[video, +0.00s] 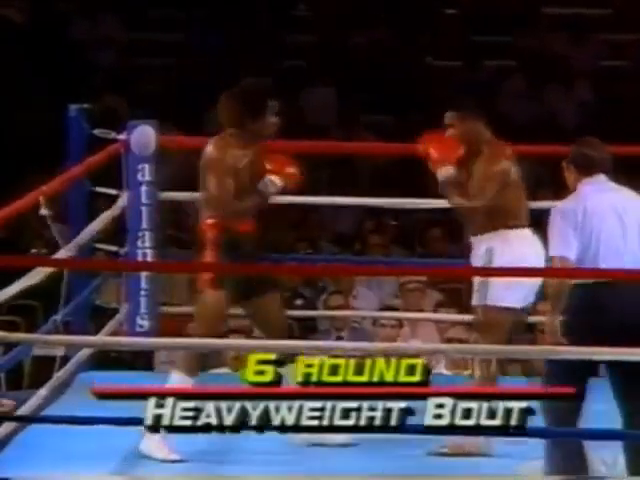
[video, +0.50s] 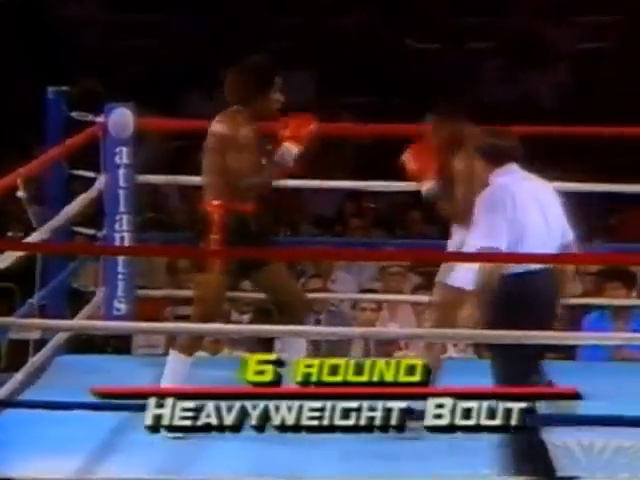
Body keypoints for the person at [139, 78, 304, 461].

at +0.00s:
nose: (275, 122)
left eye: (275, 115)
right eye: (269, 116)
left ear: (251, 121)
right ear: (249, 120)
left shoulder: (255, 149)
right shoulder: (218, 153)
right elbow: (223, 206)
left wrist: (277, 179)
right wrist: (262, 194)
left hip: (248, 240)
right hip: (218, 242)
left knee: (279, 332)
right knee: (206, 331)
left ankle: (299, 417)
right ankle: (153, 430)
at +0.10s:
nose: (291, 122)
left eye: (291, 115)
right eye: (286, 115)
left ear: (265, 120)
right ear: (265, 118)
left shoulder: (263, 147)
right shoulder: (231, 147)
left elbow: (263, 187)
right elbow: (230, 201)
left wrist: (297, 168)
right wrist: (273, 183)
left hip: (254, 234)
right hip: (226, 235)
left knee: (285, 327)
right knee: (228, 329)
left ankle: (295, 415)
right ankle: (172, 416)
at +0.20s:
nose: (306, 114)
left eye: (305, 107)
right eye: (301, 107)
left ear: (281, 109)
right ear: (283, 110)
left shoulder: (278, 137)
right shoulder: (243, 136)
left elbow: (270, 179)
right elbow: (239, 191)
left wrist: (301, 169)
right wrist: (282, 182)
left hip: (259, 222)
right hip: (232, 221)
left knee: (286, 317)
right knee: (233, 321)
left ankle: (278, 400)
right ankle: (187, 401)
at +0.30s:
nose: (299, 107)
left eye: (298, 100)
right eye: (295, 100)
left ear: (277, 99)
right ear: (281, 99)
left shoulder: (279, 128)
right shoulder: (243, 127)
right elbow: (247, 180)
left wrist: (302, 159)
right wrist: (288, 164)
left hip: (261, 213)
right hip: (235, 212)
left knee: (280, 307)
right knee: (229, 315)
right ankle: (187, 390)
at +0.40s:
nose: (288, 98)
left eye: (287, 90)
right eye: (282, 91)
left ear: (256, 92)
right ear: (264, 93)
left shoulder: (252, 125)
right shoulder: (236, 125)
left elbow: (265, 174)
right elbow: (264, 175)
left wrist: (293, 179)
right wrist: (295, 146)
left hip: (250, 213)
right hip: (227, 213)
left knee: (277, 299)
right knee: (219, 307)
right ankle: (180, 387)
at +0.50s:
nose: (281, 98)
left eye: (280, 90)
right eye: (274, 91)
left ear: (253, 94)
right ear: (255, 94)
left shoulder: (244, 126)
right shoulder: (232, 126)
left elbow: (250, 177)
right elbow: (244, 181)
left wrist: (280, 152)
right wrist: (283, 159)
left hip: (244, 224)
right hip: (222, 223)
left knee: (294, 303)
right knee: (206, 311)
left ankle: (289, 387)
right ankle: (168, 390)